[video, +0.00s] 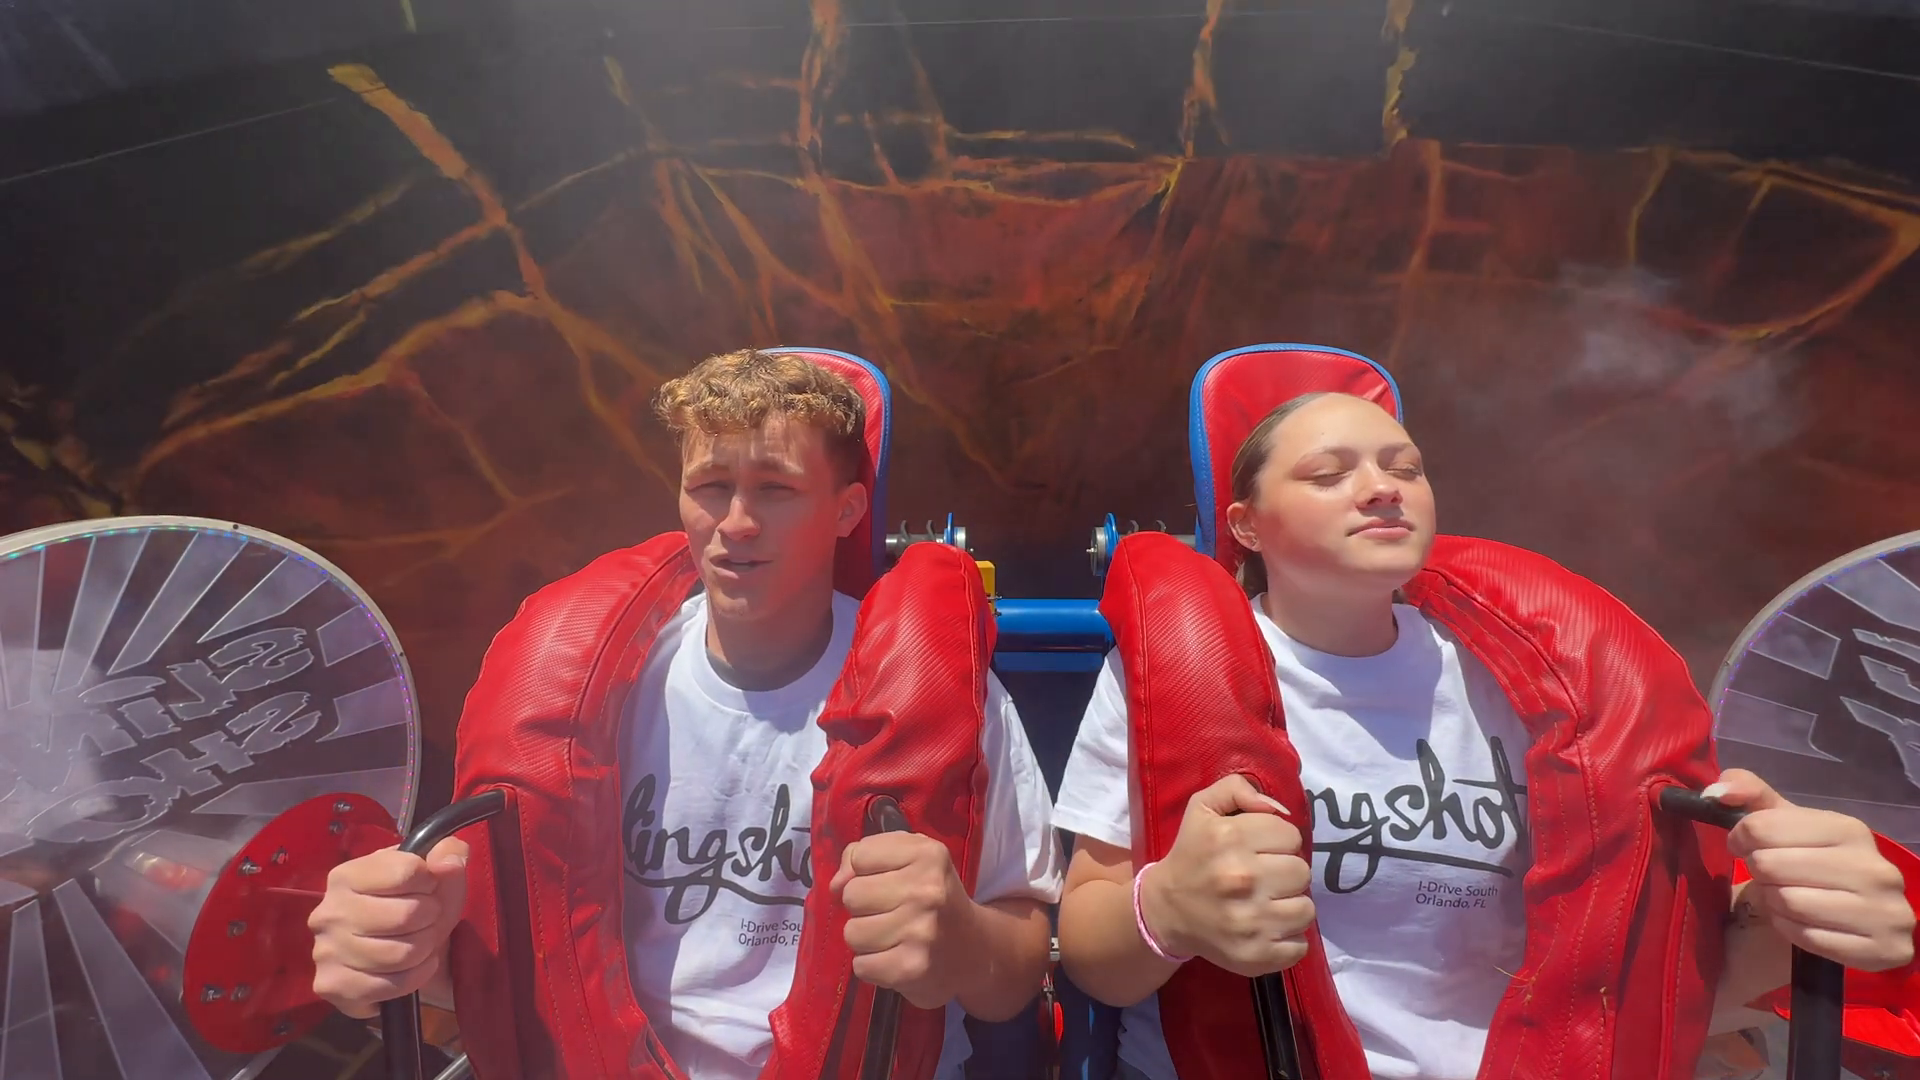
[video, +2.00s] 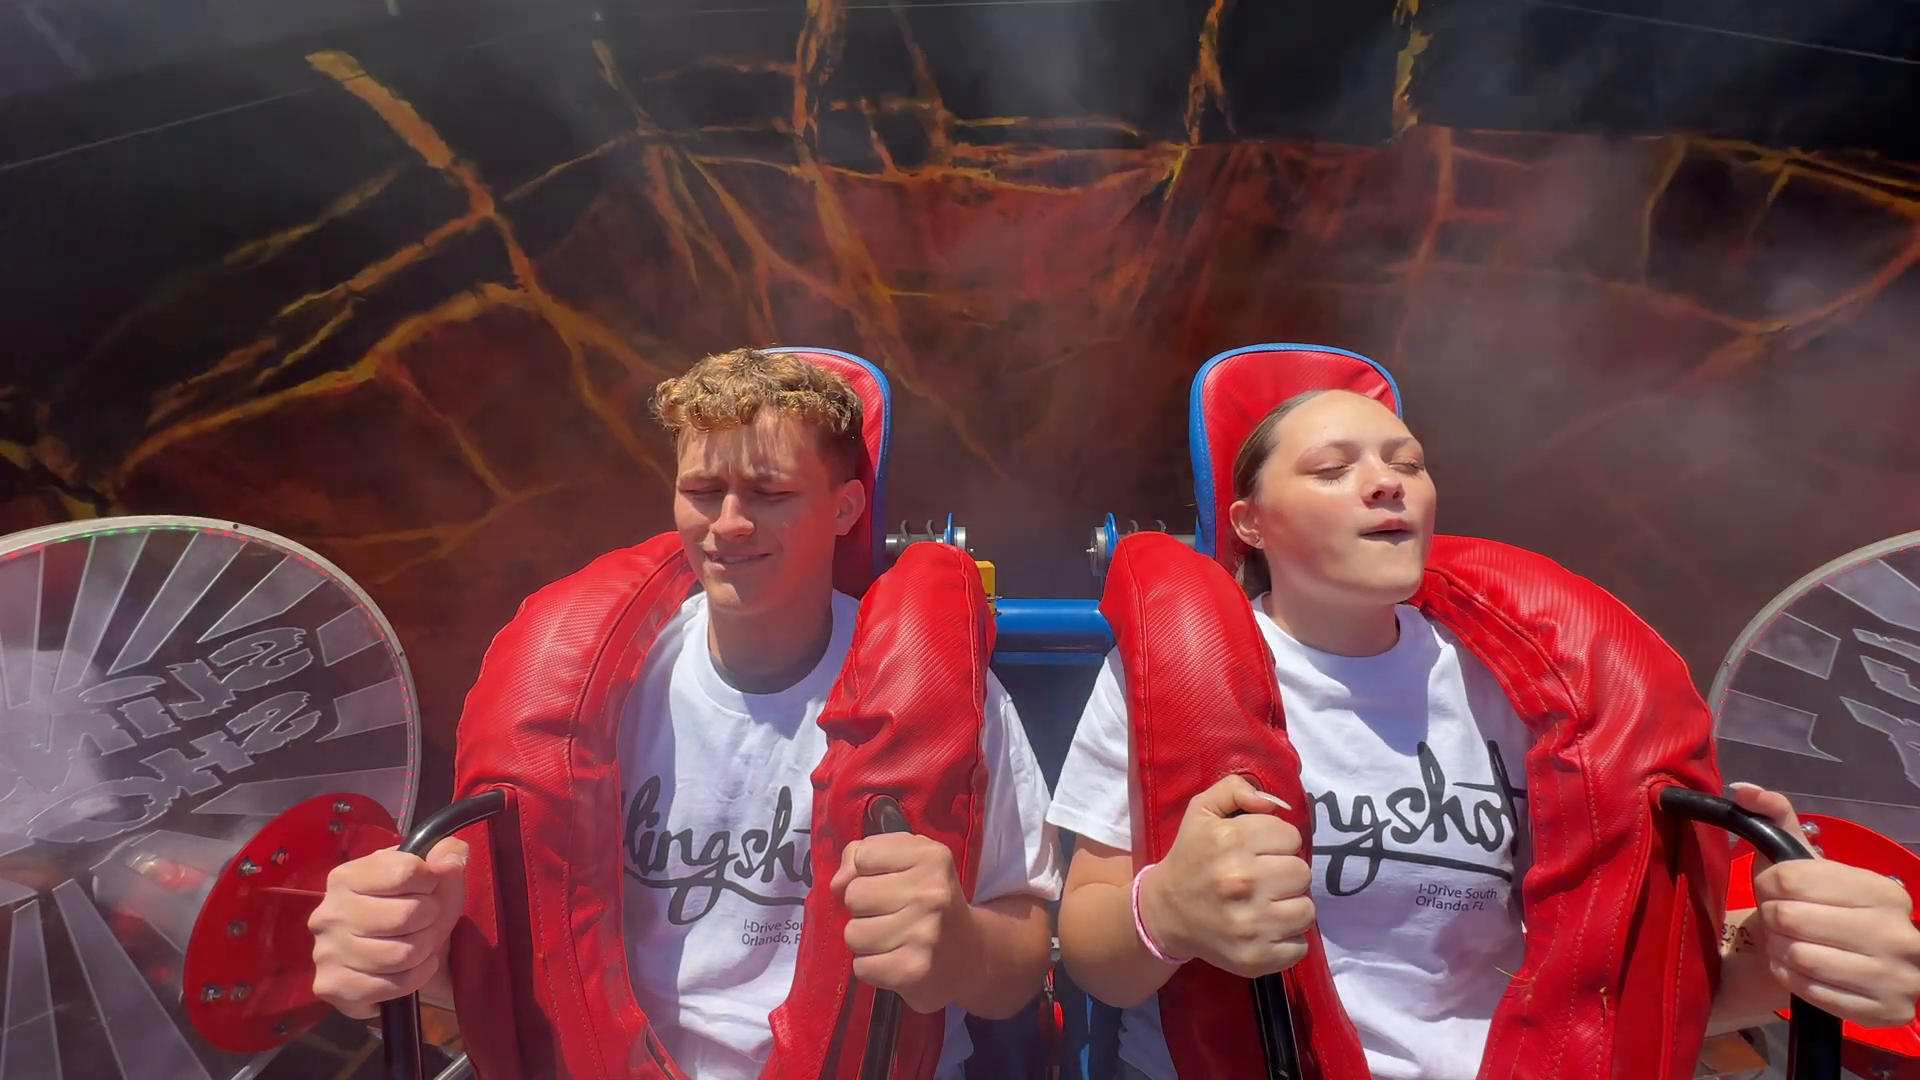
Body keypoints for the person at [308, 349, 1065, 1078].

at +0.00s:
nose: (736, 525)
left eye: (775, 491)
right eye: (712, 488)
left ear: (849, 507)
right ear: (679, 491)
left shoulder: (936, 692)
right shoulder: (582, 672)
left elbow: (1024, 968)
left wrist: (967, 945)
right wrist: (404, 941)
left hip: (828, 1064)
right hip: (610, 1059)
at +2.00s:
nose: (729, 524)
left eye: (768, 493)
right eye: (705, 490)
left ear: (847, 507)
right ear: (675, 492)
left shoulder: (936, 690)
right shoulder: (581, 669)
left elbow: (1026, 958)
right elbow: (505, 938)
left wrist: (961, 949)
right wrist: (410, 945)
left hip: (832, 1063)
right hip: (611, 1058)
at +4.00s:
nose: (726, 523)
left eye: (766, 491)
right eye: (703, 490)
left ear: (847, 507)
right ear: (672, 494)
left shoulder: (935, 688)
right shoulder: (586, 674)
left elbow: (1026, 955)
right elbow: (503, 926)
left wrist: (965, 949)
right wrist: (402, 942)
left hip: (839, 1063)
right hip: (616, 1058)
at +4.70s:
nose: (831, 522)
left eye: (850, 492)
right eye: (789, 487)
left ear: (873, 504)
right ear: (693, 499)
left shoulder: (937, 685)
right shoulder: (583, 671)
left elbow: (1024, 952)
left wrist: (965, 950)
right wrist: (411, 941)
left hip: (840, 1063)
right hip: (614, 1059)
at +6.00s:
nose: (751, 531)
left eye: (789, 498)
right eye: (723, 495)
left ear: (851, 505)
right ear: (683, 492)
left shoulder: (939, 690)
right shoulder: (583, 670)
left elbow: (1023, 961)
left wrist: (962, 949)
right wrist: (410, 946)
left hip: (840, 1062)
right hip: (614, 1057)